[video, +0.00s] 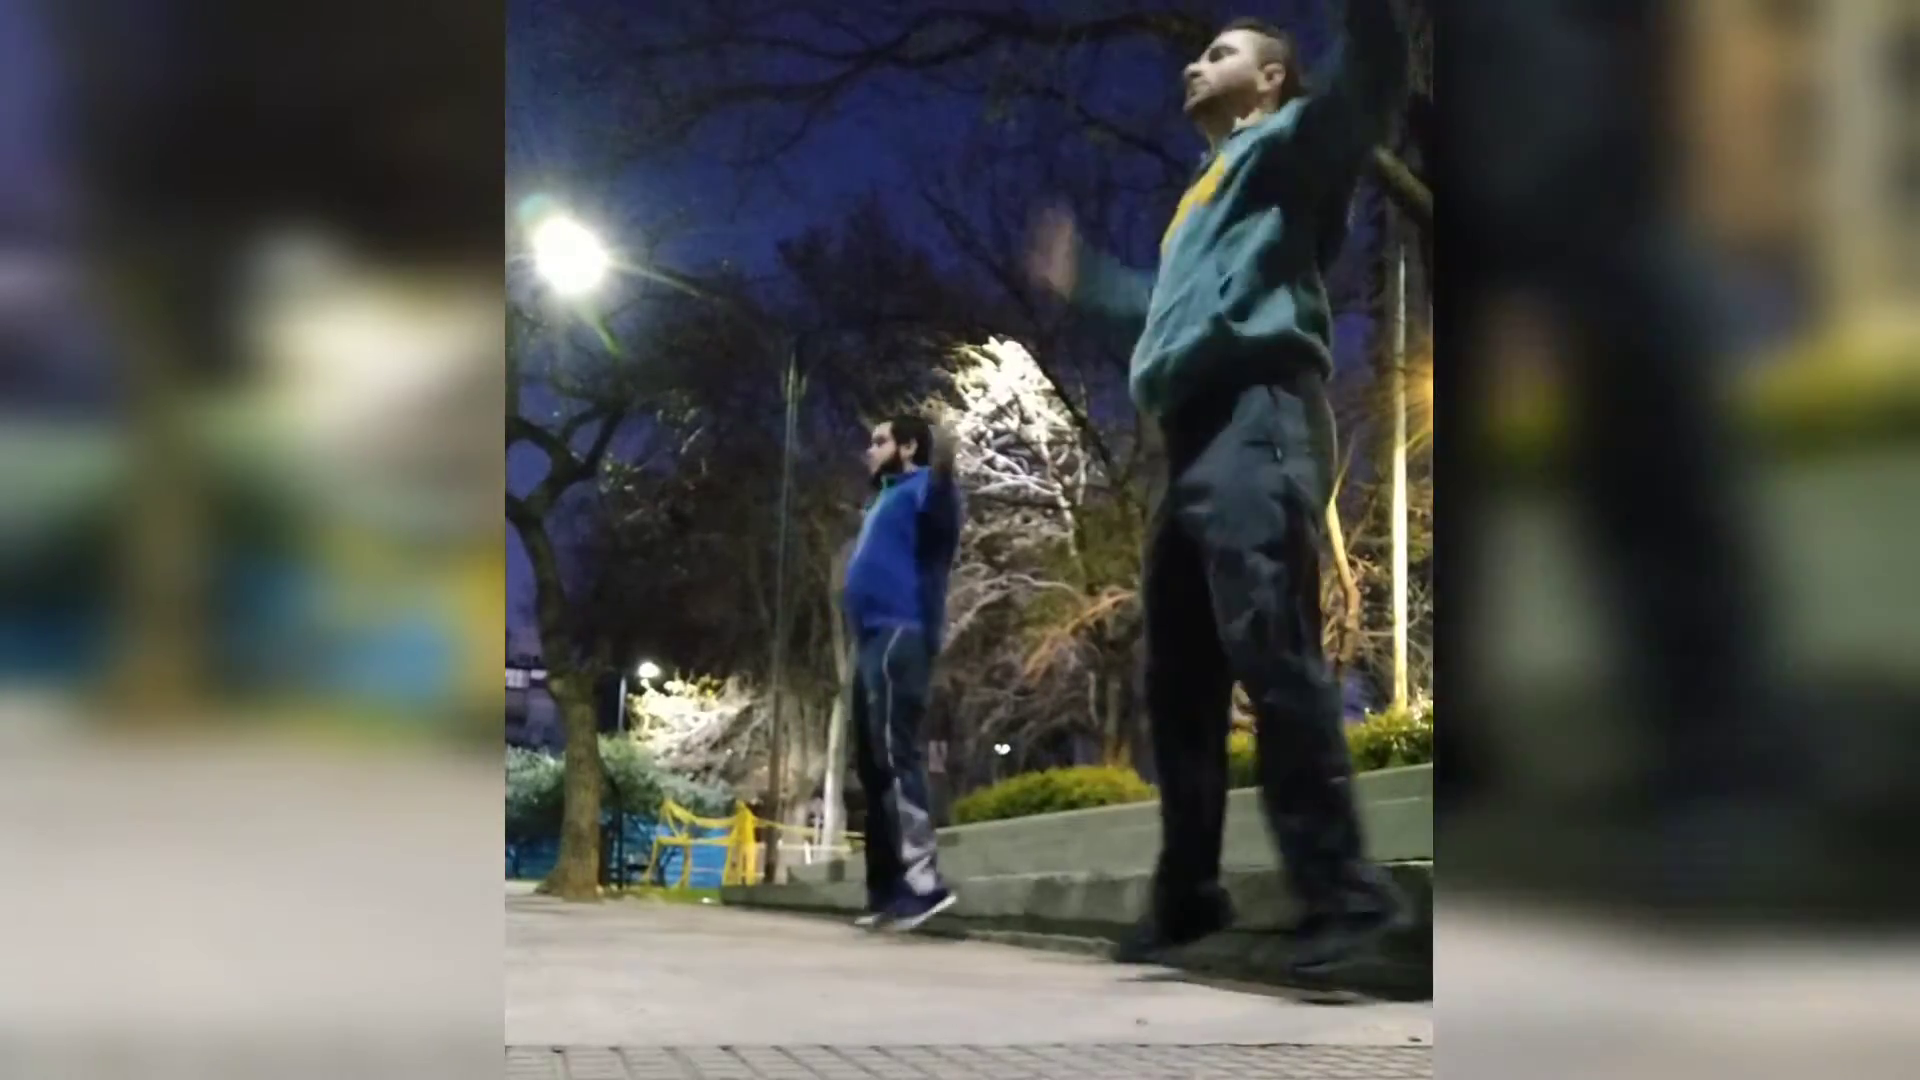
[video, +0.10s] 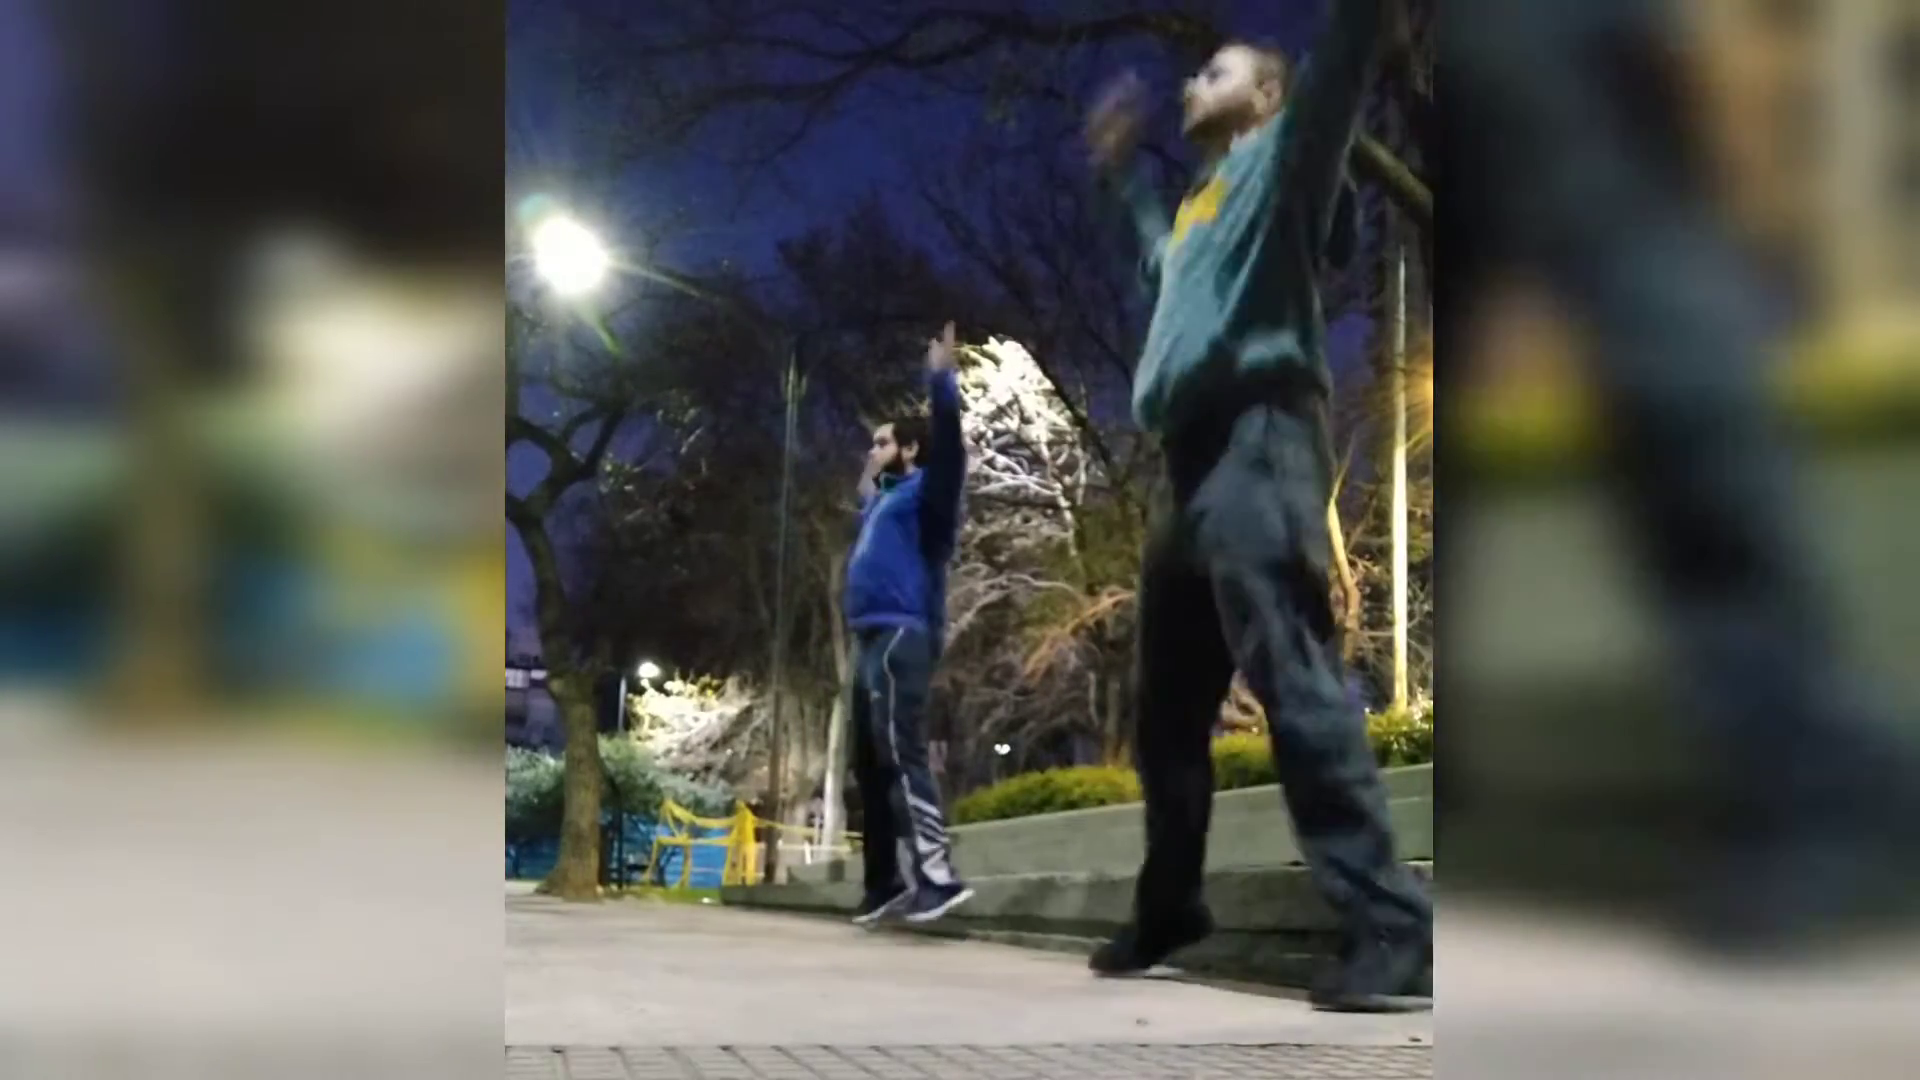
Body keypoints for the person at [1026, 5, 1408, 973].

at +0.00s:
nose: (1195, 65)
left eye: (1219, 52)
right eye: (1197, 55)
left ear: (1274, 75)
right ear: (1216, 94)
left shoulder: (1291, 146)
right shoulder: (1198, 201)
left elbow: (1363, 82)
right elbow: (1168, 311)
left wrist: (1372, 2)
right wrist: (1080, 274)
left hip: (1262, 411)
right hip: (1195, 434)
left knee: (1273, 651)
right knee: (1181, 677)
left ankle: (1347, 906)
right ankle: (1187, 897)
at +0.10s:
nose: (1196, 79)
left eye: (1219, 69)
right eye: (1198, 72)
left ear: (1272, 90)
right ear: (1204, 105)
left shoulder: (1285, 162)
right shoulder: (1188, 218)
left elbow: (1343, 55)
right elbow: (1160, 250)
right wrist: (1123, 170)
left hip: (1262, 432)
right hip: (1190, 455)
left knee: (1297, 682)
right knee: (1170, 703)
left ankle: (1385, 933)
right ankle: (1170, 908)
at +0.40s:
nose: (1185, 76)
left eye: (1209, 63)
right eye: (1189, 64)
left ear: (1263, 84)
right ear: (1200, 97)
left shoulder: (1285, 149)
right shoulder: (1188, 218)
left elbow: (1371, 65)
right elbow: (1143, 300)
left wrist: (1372, 9)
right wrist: (1063, 258)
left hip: (1264, 424)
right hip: (1192, 451)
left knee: (1274, 661)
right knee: (1160, 694)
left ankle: (1374, 932)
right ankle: (1154, 906)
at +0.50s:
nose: (1177, 68)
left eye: (1199, 52)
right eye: (1179, 56)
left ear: (1256, 74)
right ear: (1201, 85)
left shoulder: (1269, 139)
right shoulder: (1192, 199)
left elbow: (1348, 153)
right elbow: (1168, 346)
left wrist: (1329, 157)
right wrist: (1061, 373)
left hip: (1259, 421)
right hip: (1194, 445)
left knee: (1243, 645)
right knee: (1150, 676)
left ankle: (1315, 914)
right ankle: (1177, 900)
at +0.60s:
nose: (1173, 103)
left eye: (1196, 90)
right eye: (1174, 94)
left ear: (1249, 116)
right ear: (1188, 129)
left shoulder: (1288, 187)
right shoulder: (1195, 230)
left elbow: (1361, 323)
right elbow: (1184, 375)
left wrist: (1310, 406)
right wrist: (1140, 487)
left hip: (1245, 474)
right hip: (1175, 484)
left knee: (1214, 702)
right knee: (1143, 711)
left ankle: (1263, 943)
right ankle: (1207, 933)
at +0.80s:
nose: (1188, 78)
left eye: (1211, 60)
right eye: (1190, 66)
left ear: (1267, 80)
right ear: (1222, 97)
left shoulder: (1306, 158)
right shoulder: (1214, 198)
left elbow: (1364, 232)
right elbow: (1199, 339)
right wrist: (1154, 438)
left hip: (1255, 438)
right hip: (1183, 457)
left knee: (1237, 681)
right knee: (1176, 692)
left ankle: (1264, 931)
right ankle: (1205, 930)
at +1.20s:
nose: (1217, 115)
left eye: (1241, 104)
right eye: (1215, 105)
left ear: (1286, 132)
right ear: (1215, 137)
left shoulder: (1310, 197)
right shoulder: (1198, 235)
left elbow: (1370, 49)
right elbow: (1180, 205)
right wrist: (1168, 141)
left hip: (1286, 469)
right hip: (1205, 494)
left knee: (1297, 691)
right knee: (1171, 726)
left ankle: (1410, 944)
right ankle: (1184, 936)